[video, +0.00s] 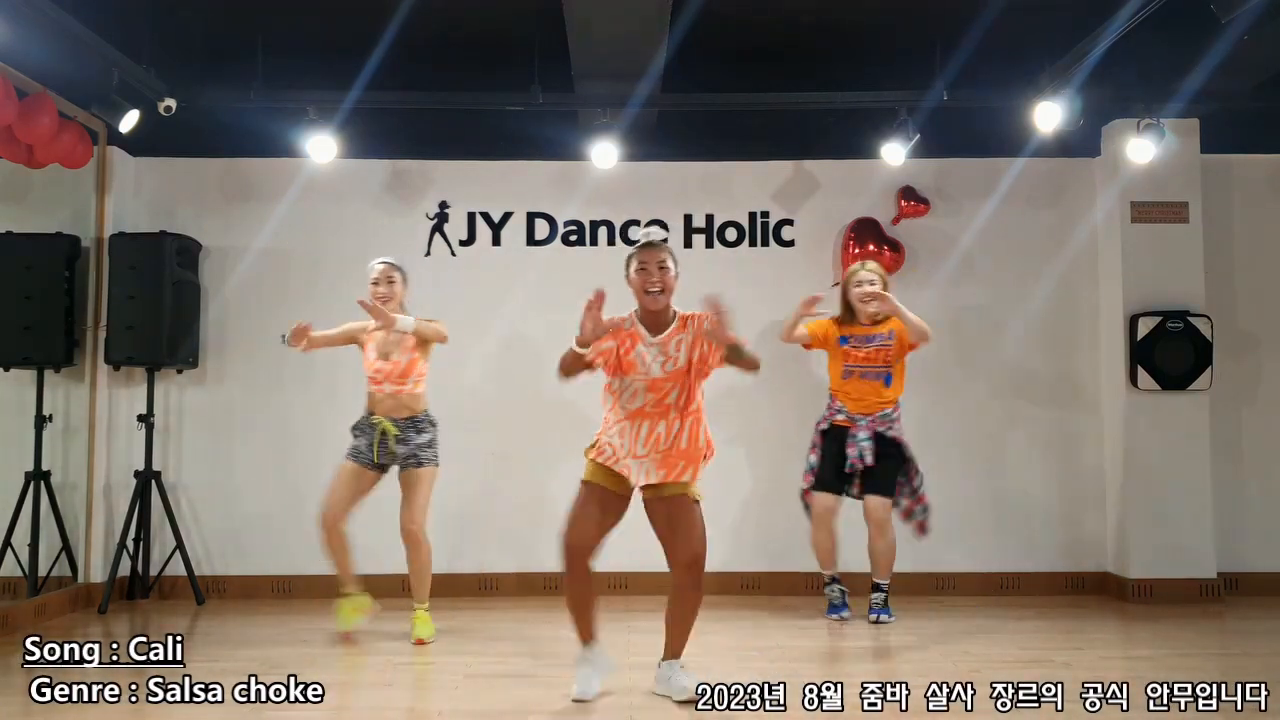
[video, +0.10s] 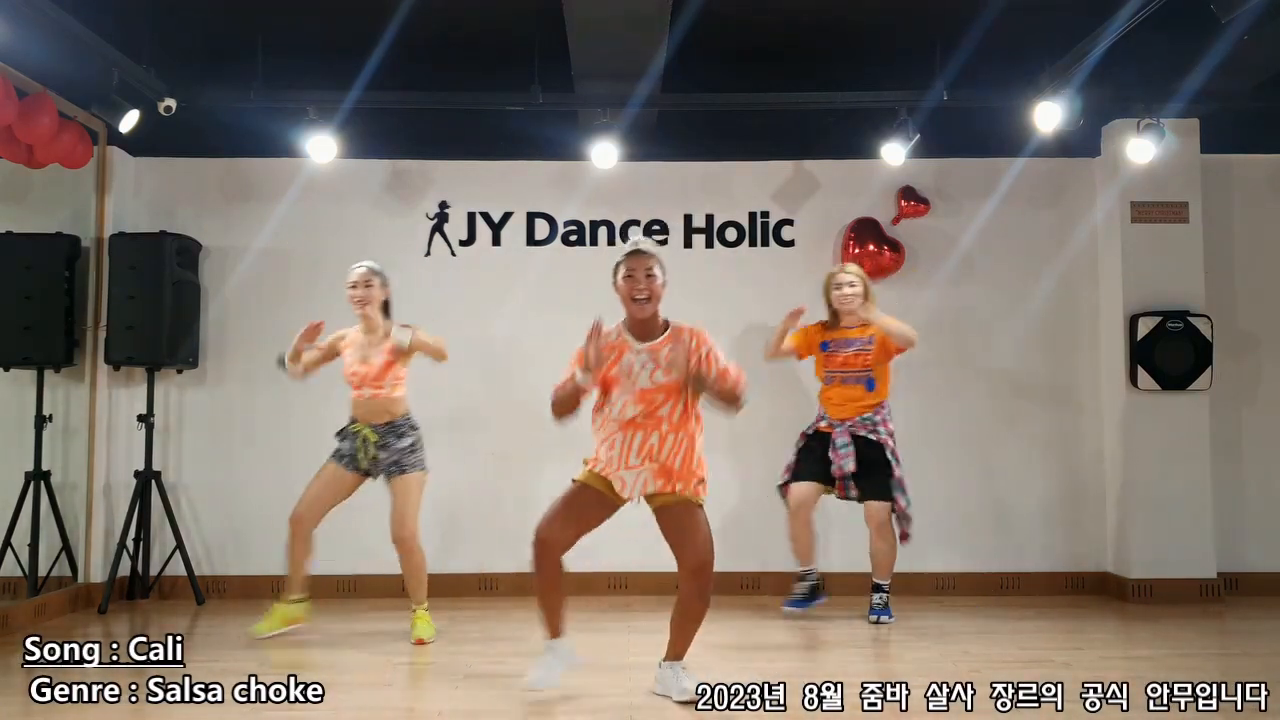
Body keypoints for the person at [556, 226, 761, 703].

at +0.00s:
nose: (654, 275)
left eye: (662, 267)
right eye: (643, 268)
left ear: (675, 278)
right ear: (629, 281)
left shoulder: (696, 330)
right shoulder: (616, 333)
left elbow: (752, 365)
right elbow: (565, 371)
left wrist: (725, 339)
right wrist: (584, 344)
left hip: (672, 461)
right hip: (614, 456)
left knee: (691, 562)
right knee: (576, 545)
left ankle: (670, 665)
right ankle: (589, 654)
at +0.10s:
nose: (641, 283)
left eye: (650, 275)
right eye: (631, 276)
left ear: (664, 286)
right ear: (618, 289)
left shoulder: (690, 341)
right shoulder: (602, 343)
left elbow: (735, 397)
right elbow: (559, 410)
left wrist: (701, 377)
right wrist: (584, 373)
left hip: (673, 471)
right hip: (612, 467)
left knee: (700, 566)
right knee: (547, 539)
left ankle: (672, 666)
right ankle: (557, 647)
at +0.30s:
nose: (598, 288)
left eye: (608, 279)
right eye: (588, 280)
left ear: (623, 287)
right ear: (576, 290)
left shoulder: (648, 339)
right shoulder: (566, 353)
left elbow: (672, 398)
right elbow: (536, 417)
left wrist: (628, 380)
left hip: (657, 469)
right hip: (598, 472)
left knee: (702, 558)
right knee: (549, 557)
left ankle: (682, 662)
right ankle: (537, 668)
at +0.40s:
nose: (581, 285)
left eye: (591, 274)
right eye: (571, 276)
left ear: (607, 282)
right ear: (559, 286)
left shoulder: (628, 328)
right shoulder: (545, 341)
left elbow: (634, 303)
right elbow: (481, 355)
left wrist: (595, 276)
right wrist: (475, 304)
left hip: (654, 456)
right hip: (593, 468)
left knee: (711, 548)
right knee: (549, 557)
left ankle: (734, 646)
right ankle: (539, 669)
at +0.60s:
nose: (567, 291)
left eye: (577, 283)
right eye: (558, 283)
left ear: (593, 293)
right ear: (547, 295)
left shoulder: (614, 330)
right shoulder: (540, 343)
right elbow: (474, 318)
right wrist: (450, 264)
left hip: (650, 462)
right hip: (592, 473)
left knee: (710, 557)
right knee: (546, 561)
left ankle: (763, 645)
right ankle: (541, 672)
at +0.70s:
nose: (581, 295)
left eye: (591, 287)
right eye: (571, 287)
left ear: (607, 296)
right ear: (560, 298)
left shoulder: (628, 338)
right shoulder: (545, 352)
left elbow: (681, 371)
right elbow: (486, 378)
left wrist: (638, 351)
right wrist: (505, 342)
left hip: (649, 470)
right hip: (586, 484)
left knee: (720, 555)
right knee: (540, 562)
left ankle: (739, 647)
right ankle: (540, 672)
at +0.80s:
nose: (605, 302)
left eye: (614, 292)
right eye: (595, 294)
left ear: (629, 300)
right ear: (583, 304)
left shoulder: (659, 360)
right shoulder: (567, 370)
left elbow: (695, 422)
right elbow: (553, 438)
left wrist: (668, 442)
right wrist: (552, 432)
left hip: (654, 487)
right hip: (588, 491)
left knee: (717, 564)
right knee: (541, 562)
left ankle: (722, 660)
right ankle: (539, 671)